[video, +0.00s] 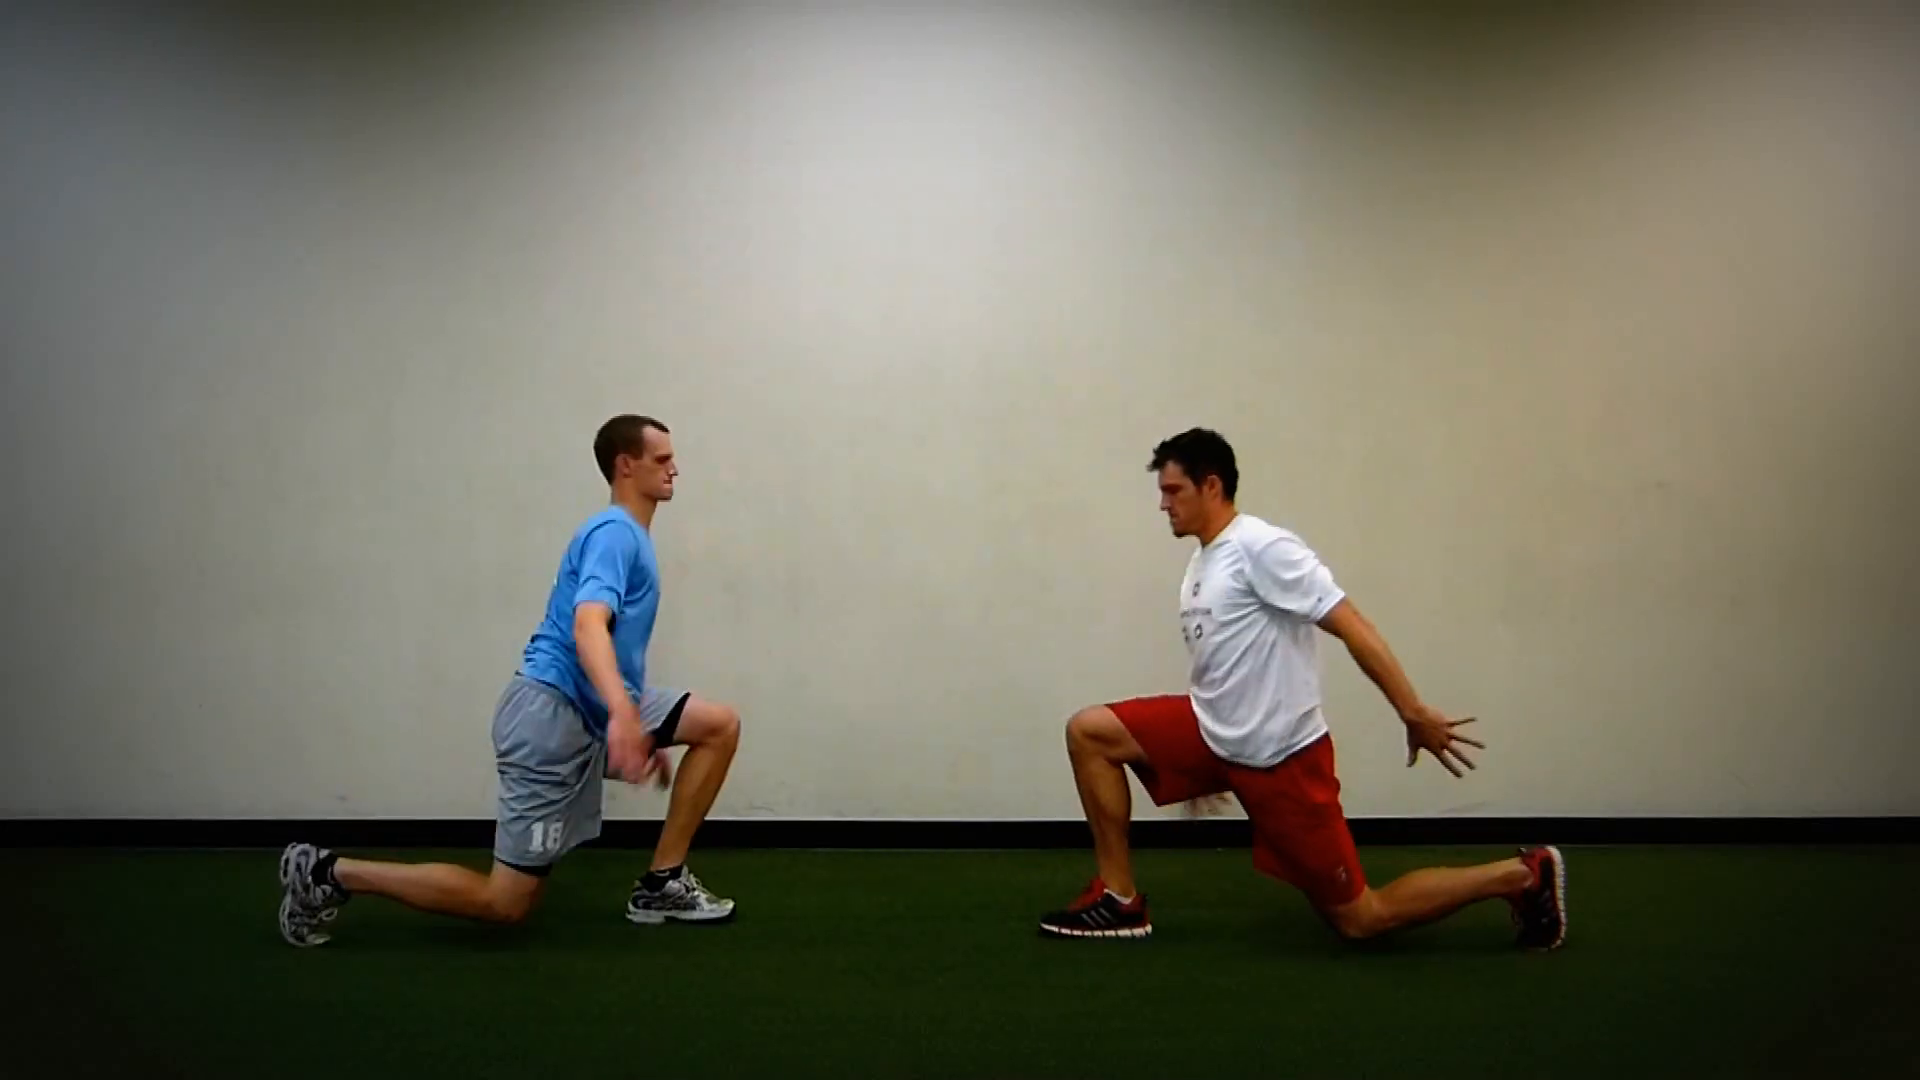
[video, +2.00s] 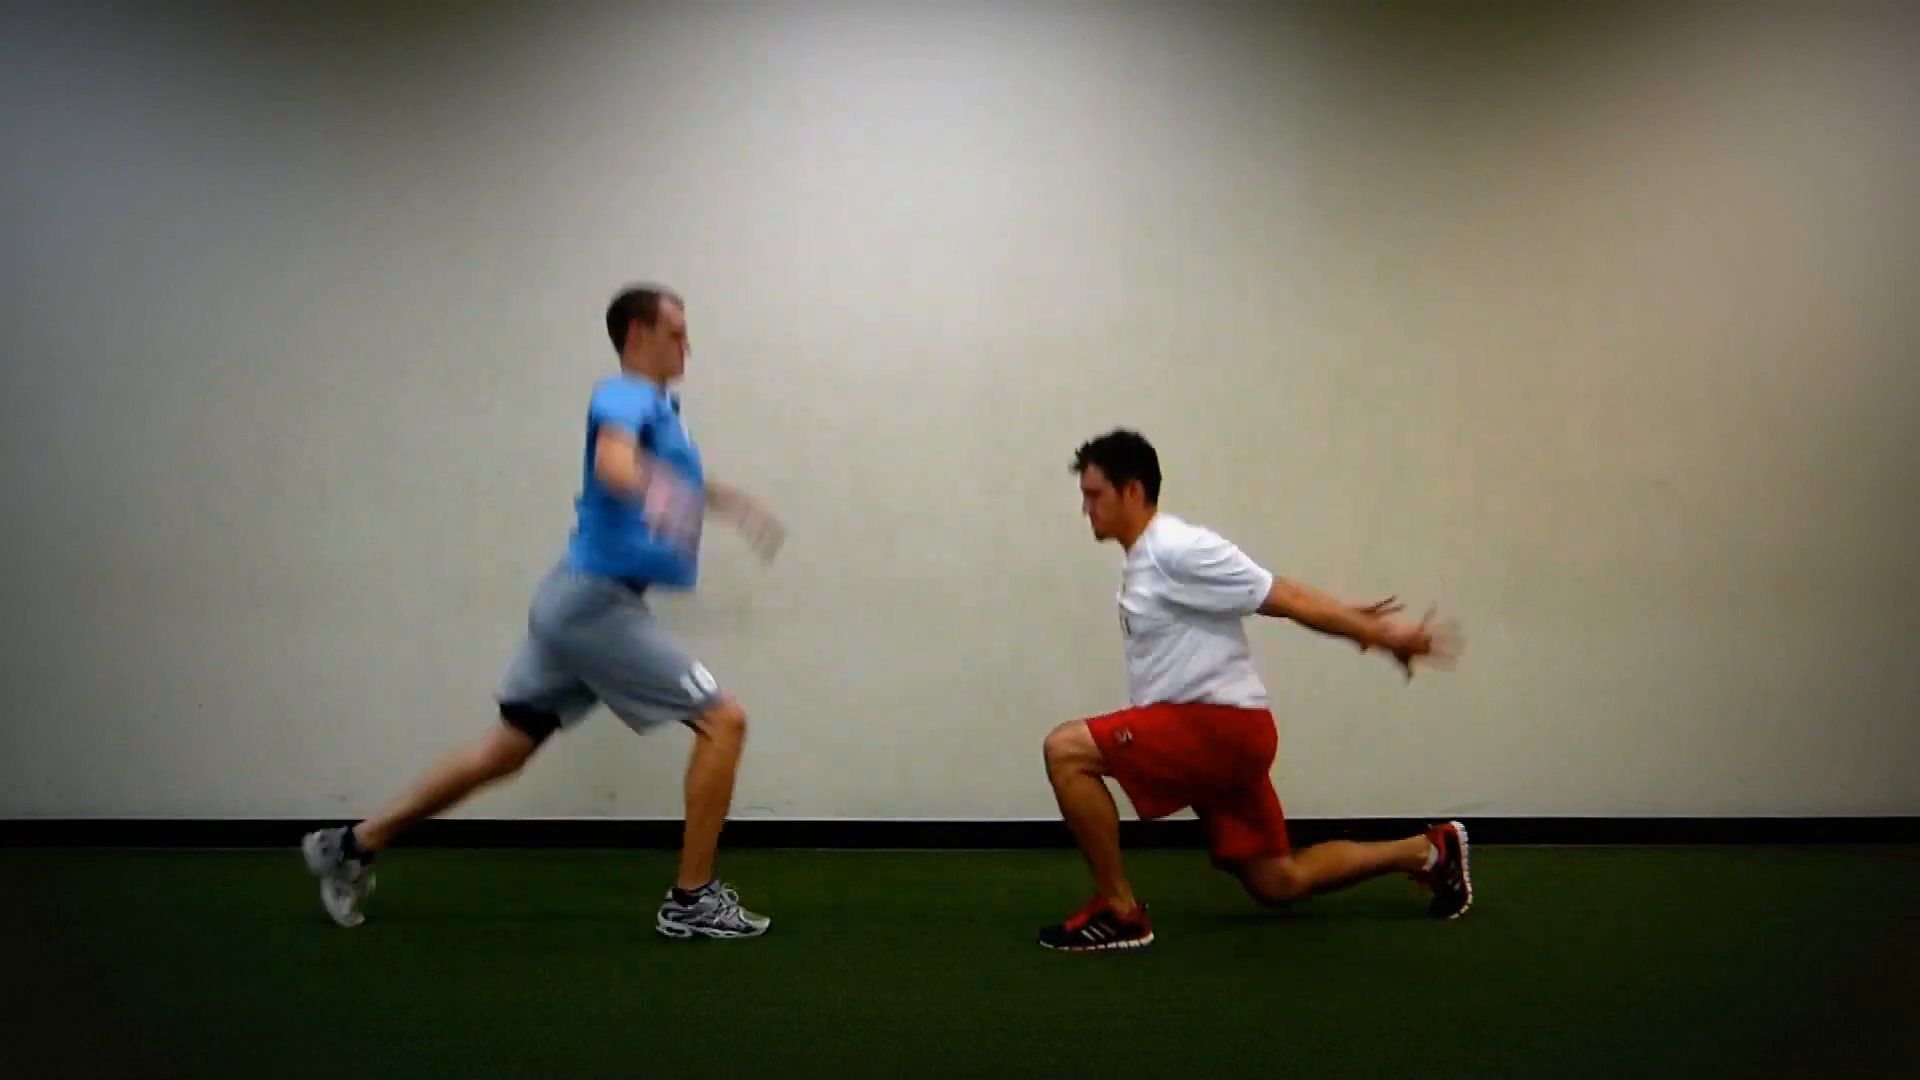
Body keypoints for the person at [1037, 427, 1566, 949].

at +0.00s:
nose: (1163, 504)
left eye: (1171, 491)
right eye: (1161, 492)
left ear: (1212, 486)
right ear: (1196, 488)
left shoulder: (1267, 551)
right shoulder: (1203, 563)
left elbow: (1353, 627)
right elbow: (1222, 669)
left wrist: (1412, 712)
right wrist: (1194, 761)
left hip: (1283, 754)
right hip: (1214, 727)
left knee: (1357, 919)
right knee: (1090, 734)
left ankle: (1524, 875)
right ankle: (1118, 899)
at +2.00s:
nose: (1085, 507)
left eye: (1092, 494)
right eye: (1083, 495)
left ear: (1131, 491)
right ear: (1127, 492)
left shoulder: (1178, 550)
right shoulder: (1148, 556)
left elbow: (1281, 598)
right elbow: (1272, 594)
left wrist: (1377, 634)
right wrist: (1352, 616)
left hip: (1223, 726)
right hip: (1215, 728)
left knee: (1066, 749)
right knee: (1276, 882)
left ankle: (1119, 911)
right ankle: (1426, 850)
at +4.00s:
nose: (1143, 513)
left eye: (1151, 500)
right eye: (1141, 501)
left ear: (1192, 499)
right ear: (1182, 501)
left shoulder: (1233, 563)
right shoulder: (1199, 559)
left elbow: (1314, 630)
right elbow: (1290, 612)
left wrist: (1410, 695)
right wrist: (1351, 644)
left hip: (1270, 752)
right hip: (1211, 723)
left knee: (1349, 908)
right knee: (1091, 727)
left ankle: (1519, 872)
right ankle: (1125, 886)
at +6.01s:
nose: (1101, 435)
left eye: (1107, 420)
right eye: (1099, 422)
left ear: (1145, 413)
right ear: (1136, 418)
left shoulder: (1184, 467)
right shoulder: (1142, 486)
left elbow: (1170, 539)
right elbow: (1116, 568)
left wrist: (1062, 514)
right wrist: (1031, 561)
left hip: (1237, 661)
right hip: (1168, 664)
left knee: (1325, 818)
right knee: (1070, 725)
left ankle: (1494, 864)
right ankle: (1109, 885)